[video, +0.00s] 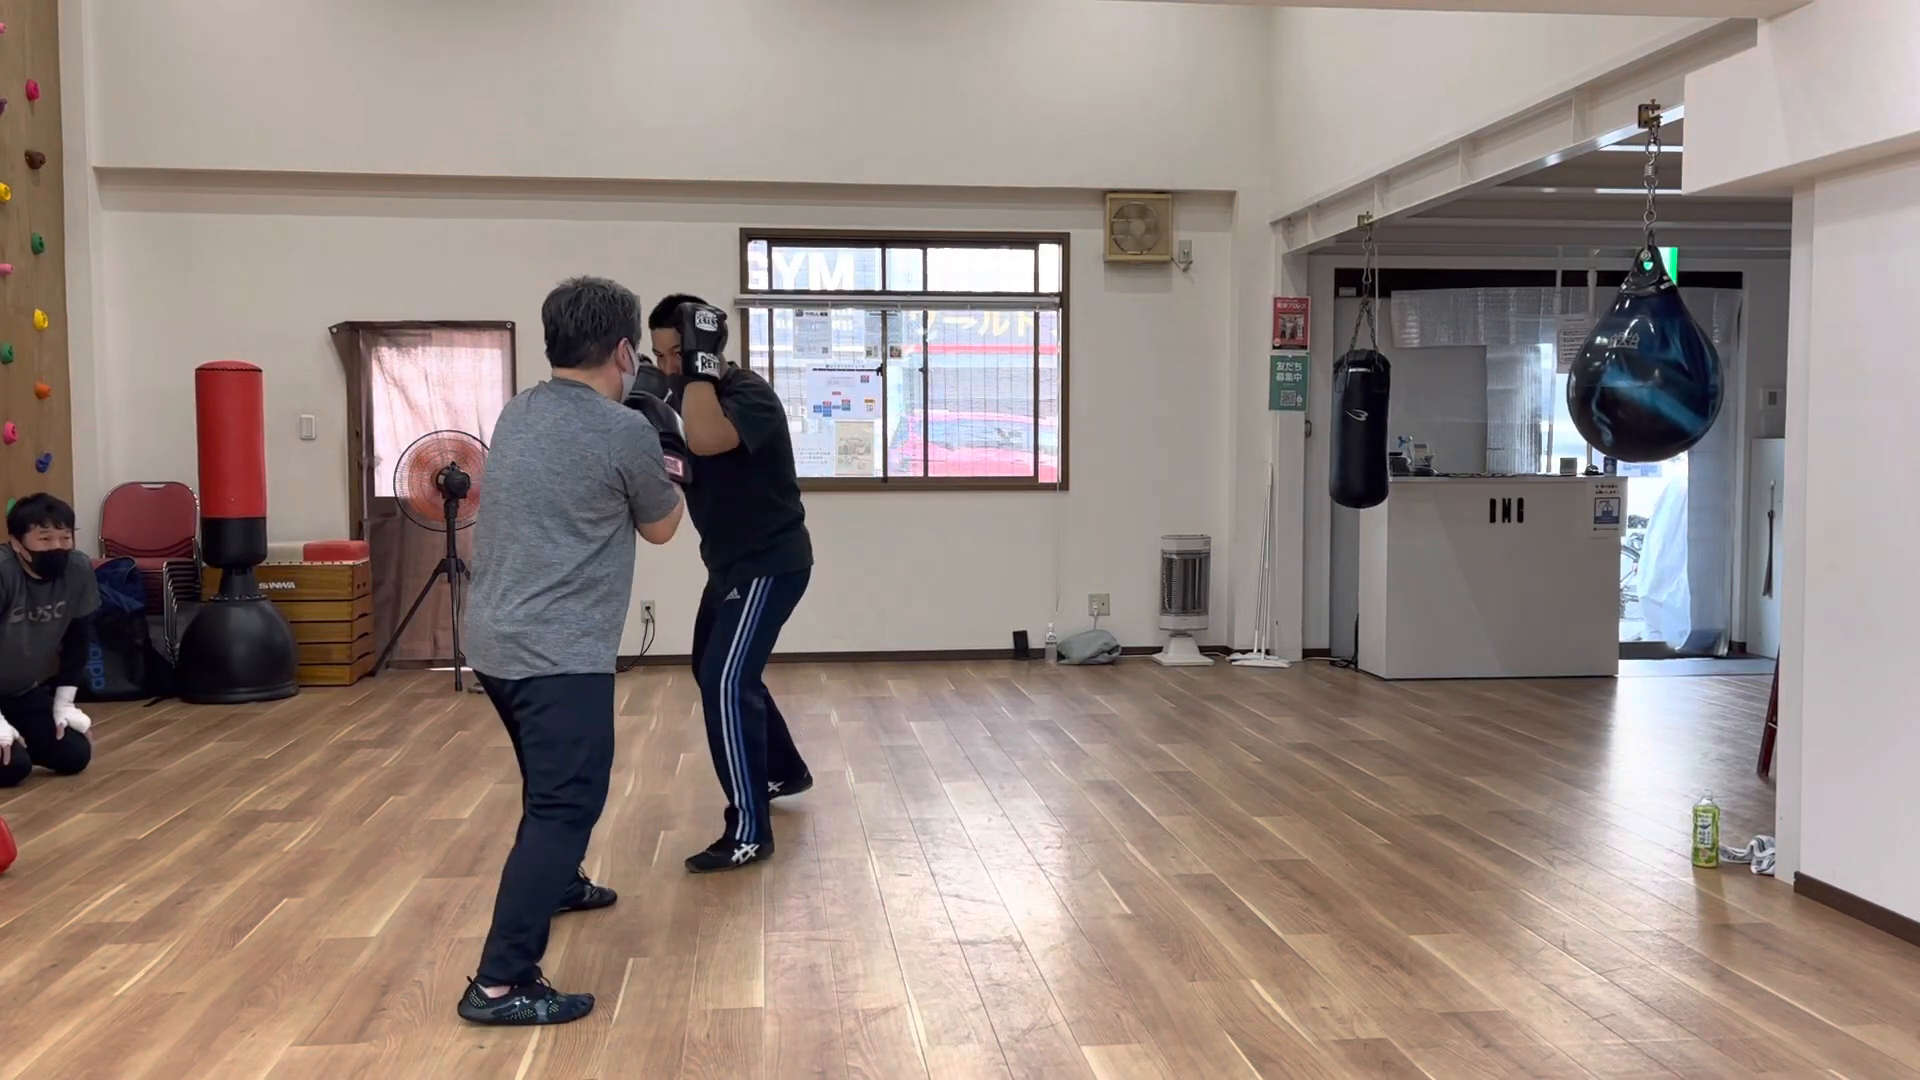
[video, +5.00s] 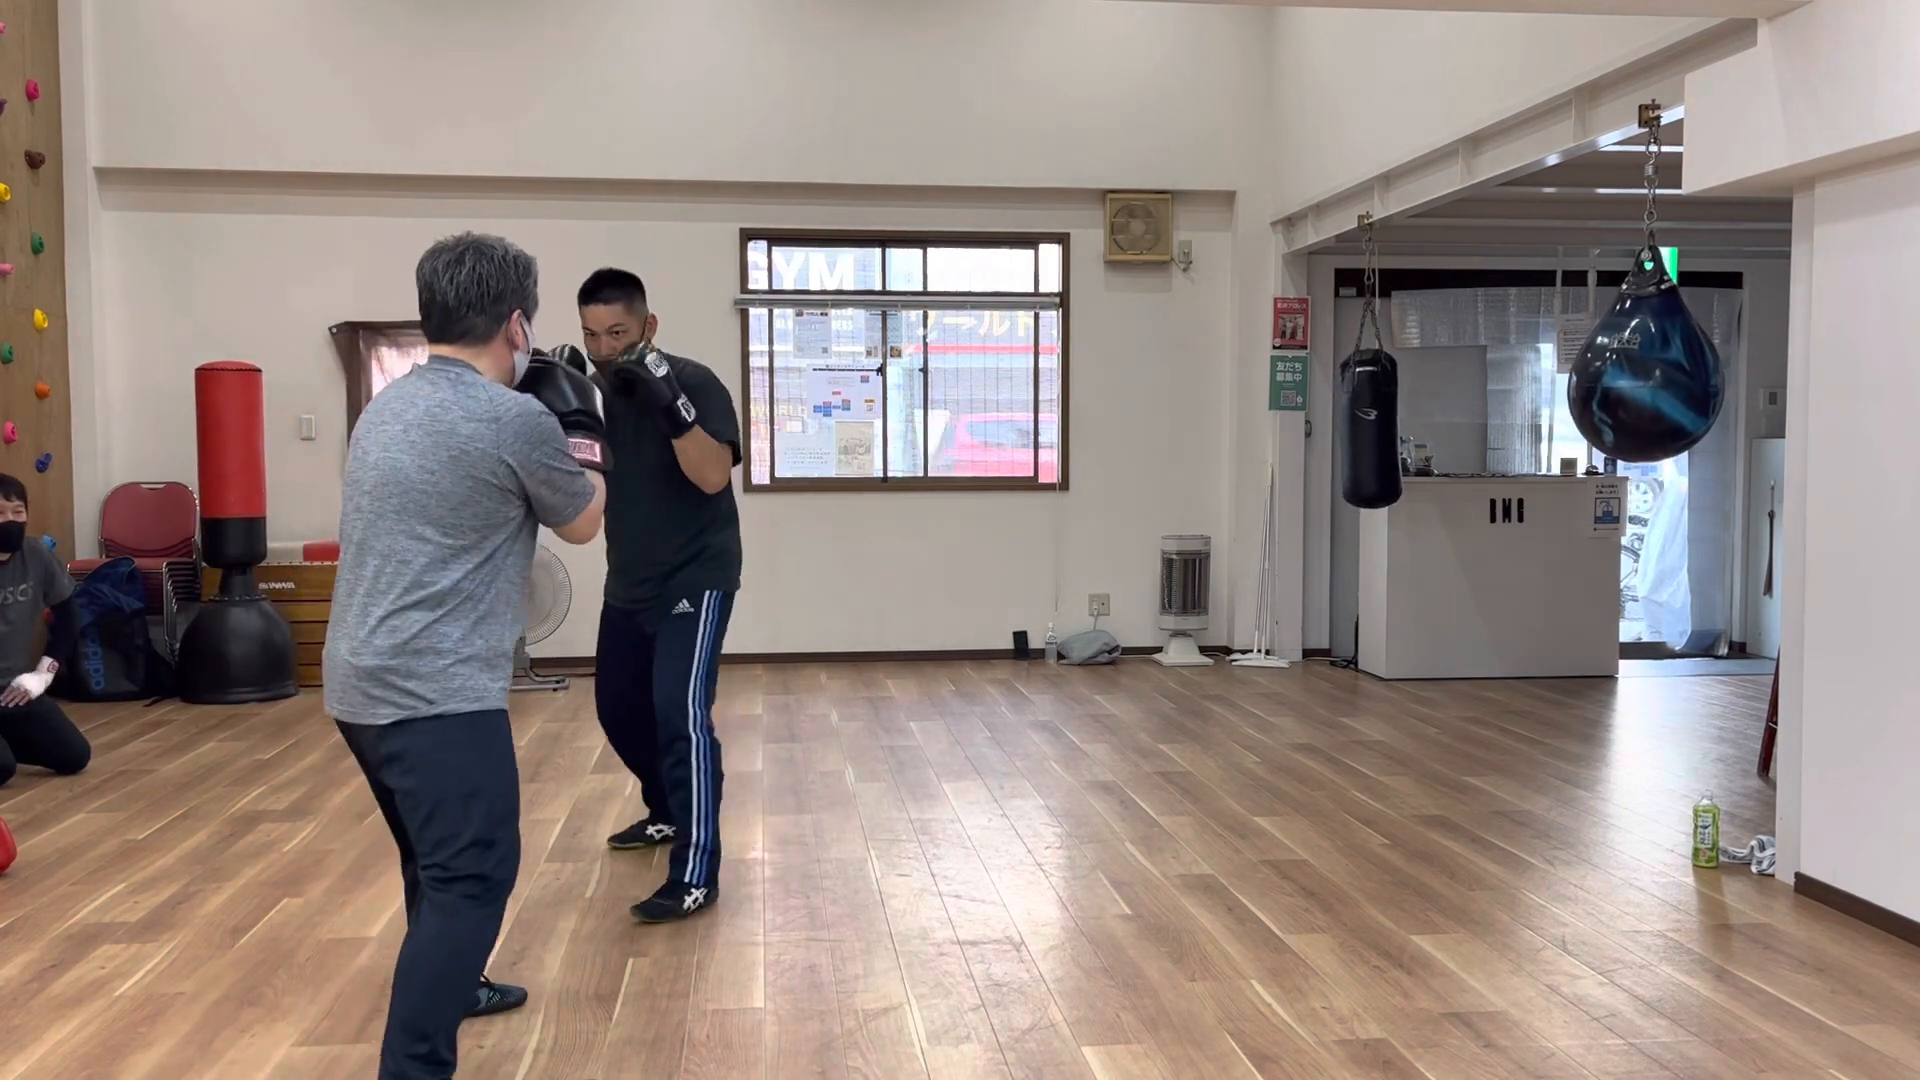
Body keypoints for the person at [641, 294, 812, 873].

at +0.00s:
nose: (667, 365)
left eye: (674, 353)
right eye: (660, 355)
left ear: (705, 348)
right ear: (657, 356)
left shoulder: (751, 396)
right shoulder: (693, 403)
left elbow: (706, 437)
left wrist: (701, 365)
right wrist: (645, 410)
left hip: (768, 565)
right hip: (730, 565)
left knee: (724, 677)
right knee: (714, 666)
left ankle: (748, 833)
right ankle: (784, 769)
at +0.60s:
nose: (646, 379)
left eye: (652, 363)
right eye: (637, 370)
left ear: (684, 350)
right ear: (632, 373)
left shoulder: (728, 396)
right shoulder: (676, 418)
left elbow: (770, 456)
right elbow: (670, 500)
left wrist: (696, 469)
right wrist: (648, 472)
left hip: (772, 563)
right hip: (746, 566)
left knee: (718, 687)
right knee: (761, 679)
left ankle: (730, 846)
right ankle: (791, 785)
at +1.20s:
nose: (644, 366)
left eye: (652, 353)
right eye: (636, 359)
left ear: (687, 346)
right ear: (633, 364)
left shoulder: (722, 384)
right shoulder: (670, 418)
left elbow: (773, 418)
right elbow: (669, 503)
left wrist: (694, 411)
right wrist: (630, 448)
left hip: (777, 555)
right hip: (745, 562)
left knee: (736, 680)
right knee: (756, 673)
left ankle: (731, 842)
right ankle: (792, 783)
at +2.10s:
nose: (618, 345)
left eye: (629, 331)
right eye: (610, 334)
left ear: (666, 327)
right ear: (608, 334)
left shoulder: (691, 379)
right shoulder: (639, 396)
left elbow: (679, 425)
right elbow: (597, 460)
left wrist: (595, 400)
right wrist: (580, 389)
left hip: (704, 564)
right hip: (676, 566)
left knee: (648, 692)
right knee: (687, 674)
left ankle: (656, 854)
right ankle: (760, 767)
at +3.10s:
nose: (599, 334)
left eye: (608, 320)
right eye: (595, 323)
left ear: (651, 316)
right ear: (633, 324)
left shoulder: (670, 369)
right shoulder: (645, 377)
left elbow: (644, 429)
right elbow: (604, 451)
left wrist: (563, 390)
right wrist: (581, 382)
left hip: (686, 567)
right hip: (705, 562)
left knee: (633, 699)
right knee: (709, 686)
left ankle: (652, 862)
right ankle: (750, 803)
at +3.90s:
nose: (613, 320)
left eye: (624, 306)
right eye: (603, 310)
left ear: (658, 303)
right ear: (594, 314)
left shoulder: (687, 356)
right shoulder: (610, 394)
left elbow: (699, 393)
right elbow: (582, 473)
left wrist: (620, 333)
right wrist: (555, 398)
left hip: (687, 574)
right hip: (641, 578)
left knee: (641, 719)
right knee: (671, 706)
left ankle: (654, 895)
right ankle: (750, 813)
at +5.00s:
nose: (605, 345)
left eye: (617, 331)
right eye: (594, 334)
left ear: (650, 324)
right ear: (584, 334)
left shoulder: (693, 383)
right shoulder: (593, 391)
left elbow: (712, 476)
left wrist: (668, 398)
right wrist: (553, 397)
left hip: (696, 573)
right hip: (631, 577)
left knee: (680, 717)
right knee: (620, 707)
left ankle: (696, 880)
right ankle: (670, 812)